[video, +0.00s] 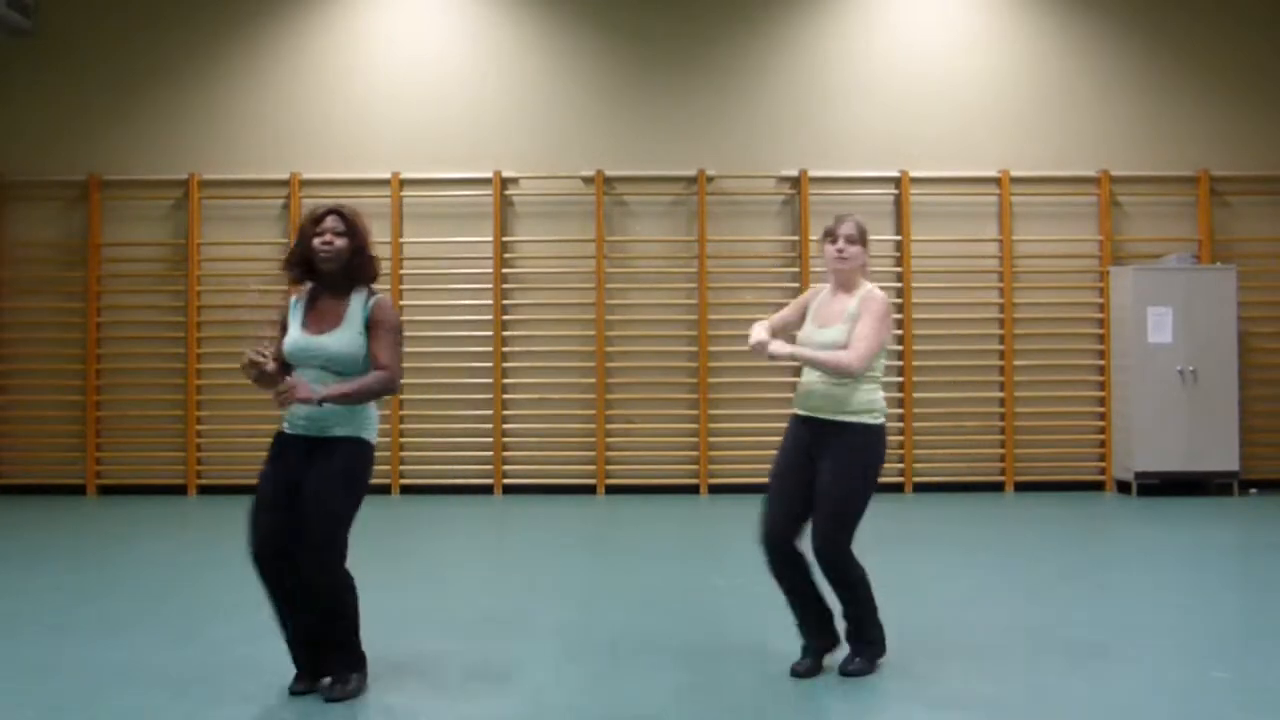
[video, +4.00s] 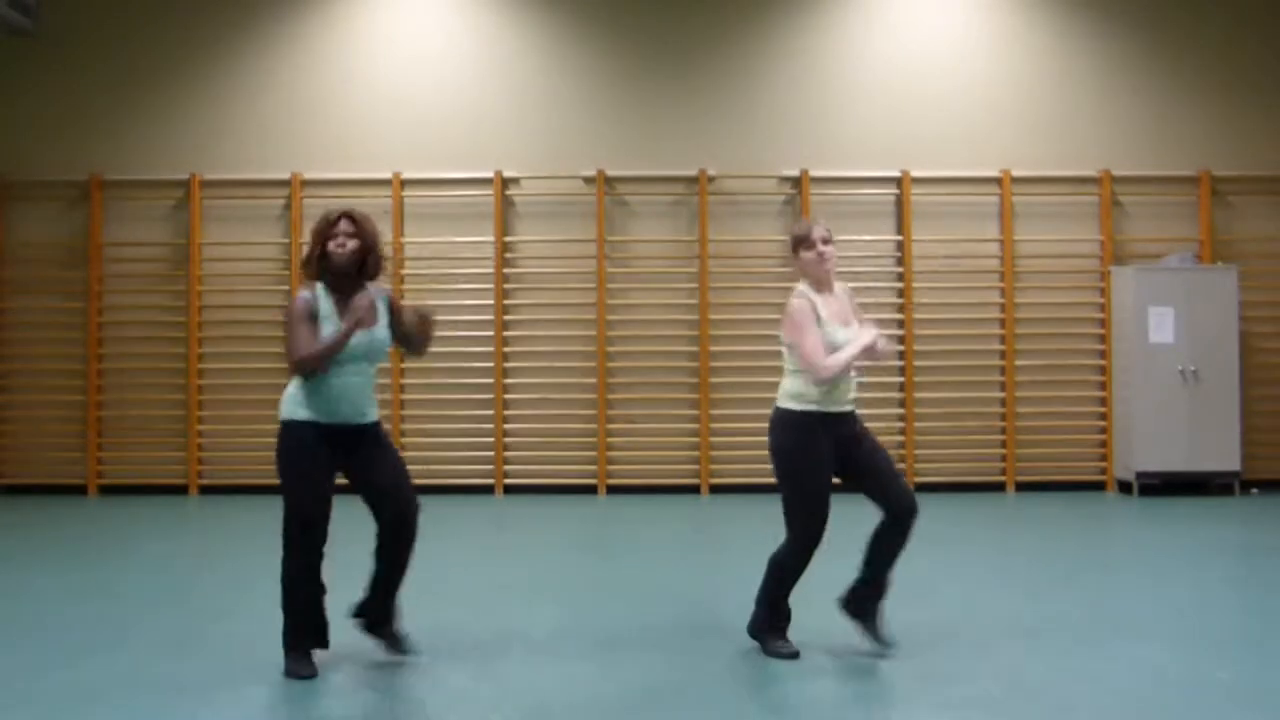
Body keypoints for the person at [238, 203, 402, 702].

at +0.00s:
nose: (328, 241)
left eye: (339, 235)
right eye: (320, 234)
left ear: (356, 246)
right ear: (307, 245)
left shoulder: (376, 306)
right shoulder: (295, 303)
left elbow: (388, 376)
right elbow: (281, 372)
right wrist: (266, 371)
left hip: (345, 443)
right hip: (293, 440)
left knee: (320, 551)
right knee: (268, 547)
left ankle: (348, 665)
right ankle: (310, 663)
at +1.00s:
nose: (279, 245)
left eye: (290, 240)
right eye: (270, 239)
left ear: (308, 253)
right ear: (255, 253)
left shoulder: (320, 297)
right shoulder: (242, 294)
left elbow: (388, 279)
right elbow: (269, 277)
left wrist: (446, 251)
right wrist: (339, 251)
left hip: (302, 444)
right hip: (238, 445)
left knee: (335, 552)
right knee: (198, 555)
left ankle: (367, 650)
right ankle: (144, 665)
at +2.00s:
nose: (387, 293)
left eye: (395, 283)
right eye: (378, 286)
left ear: (412, 283)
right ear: (366, 291)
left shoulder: (445, 325)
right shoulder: (365, 345)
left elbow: (474, 378)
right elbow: (364, 405)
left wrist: (420, 399)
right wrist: (376, 395)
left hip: (470, 445)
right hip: (417, 458)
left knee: (485, 548)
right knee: (435, 564)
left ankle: (499, 646)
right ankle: (465, 615)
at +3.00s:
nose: (217, 254)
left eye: (229, 251)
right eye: (212, 247)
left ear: (243, 267)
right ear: (200, 256)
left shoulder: (243, 313)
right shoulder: (187, 294)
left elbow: (192, 287)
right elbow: (147, 250)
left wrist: (154, 230)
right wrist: (97, 219)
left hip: (225, 447)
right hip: (172, 443)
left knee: (211, 546)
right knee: (137, 543)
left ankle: (287, 640)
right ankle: (111, 648)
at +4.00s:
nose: (342, 244)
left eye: (351, 237)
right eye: (334, 238)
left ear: (367, 248)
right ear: (320, 249)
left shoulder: (381, 298)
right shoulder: (308, 299)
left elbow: (413, 345)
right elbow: (302, 363)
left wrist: (417, 329)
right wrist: (349, 328)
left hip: (361, 429)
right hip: (307, 428)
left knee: (402, 512)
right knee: (305, 533)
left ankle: (378, 611)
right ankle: (299, 646)